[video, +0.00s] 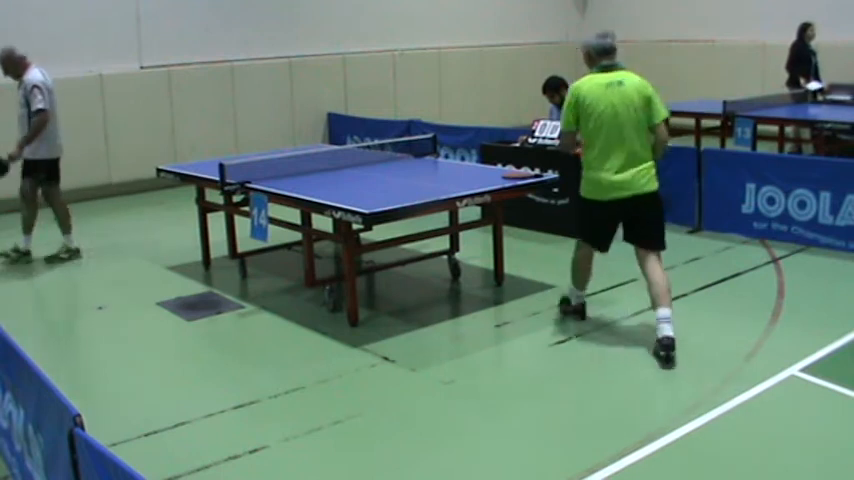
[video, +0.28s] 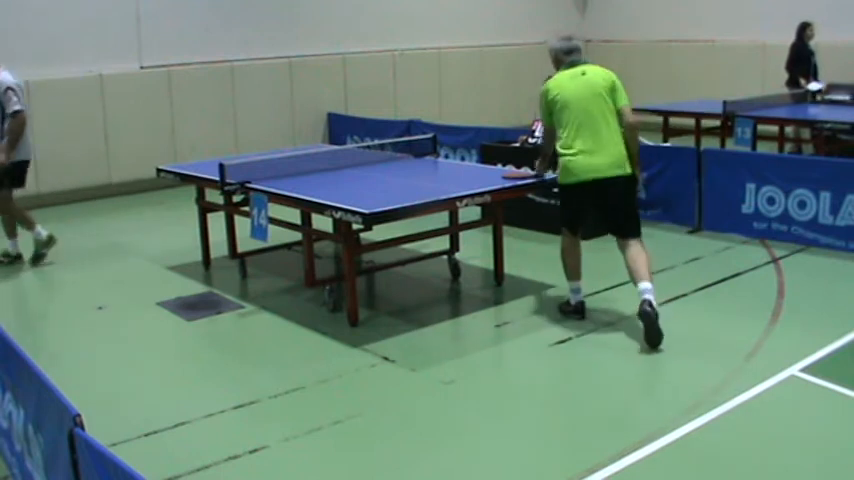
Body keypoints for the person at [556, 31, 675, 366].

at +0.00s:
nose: (584, 62)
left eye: (583, 58)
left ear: (587, 58)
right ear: (615, 54)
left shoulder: (579, 90)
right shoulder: (639, 85)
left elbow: (566, 143)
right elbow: (662, 137)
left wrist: (585, 143)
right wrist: (647, 162)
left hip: (598, 189)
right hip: (642, 186)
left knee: (586, 245)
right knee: (650, 256)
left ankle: (576, 302)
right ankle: (666, 334)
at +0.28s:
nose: (551, 64)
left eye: (551, 60)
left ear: (555, 60)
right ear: (582, 55)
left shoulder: (551, 88)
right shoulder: (607, 77)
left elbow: (549, 140)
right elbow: (629, 123)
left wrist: (541, 164)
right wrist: (636, 165)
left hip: (575, 176)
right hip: (616, 171)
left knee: (570, 234)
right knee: (630, 238)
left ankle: (576, 301)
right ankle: (648, 300)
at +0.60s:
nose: (540, 61)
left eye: (540, 56)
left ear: (545, 55)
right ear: (570, 49)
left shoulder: (542, 82)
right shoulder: (596, 68)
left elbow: (542, 132)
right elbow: (620, 109)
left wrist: (539, 164)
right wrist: (619, 145)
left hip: (570, 167)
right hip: (610, 161)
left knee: (569, 233)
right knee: (623, 230)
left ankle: (575, 300)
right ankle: (633, 298)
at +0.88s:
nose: (548, 53)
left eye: (548, 49)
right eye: (549, 49)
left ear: (554, 48)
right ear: (580, 43)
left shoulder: (550, 78)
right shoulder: (607, 68)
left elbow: (544, 129)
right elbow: (629, 114)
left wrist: (540, 148)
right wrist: (619, 137)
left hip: (574, 171)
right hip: (614, 167)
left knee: (571, 237)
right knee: (618, 238)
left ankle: (576, 301)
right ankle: (632, 305)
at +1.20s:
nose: (572, 49)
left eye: (574, 44)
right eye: (574, 44)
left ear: (579, 46)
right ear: (606, 44)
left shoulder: (577, 80)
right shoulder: (631, 75)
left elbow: (562, 134)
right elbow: (642, 115)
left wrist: (552, 119)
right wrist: (610, 114)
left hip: (590, 181)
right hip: (631, 179)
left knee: (582, 246)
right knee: (621, 248)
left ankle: (576, 302)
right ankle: (628, 325)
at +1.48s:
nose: (582, 35)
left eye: (585, 30)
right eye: (584, 29)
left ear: (594, 35)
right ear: (617, 35)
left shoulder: (592, 72)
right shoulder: (642, 71)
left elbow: (580, 128)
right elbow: (643, 116)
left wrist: (566, 115)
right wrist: (591, 116)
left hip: (594, 179)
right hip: (636, 178)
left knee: (576, 245)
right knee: (625, 247)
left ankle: (578, 320)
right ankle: (628, 326)